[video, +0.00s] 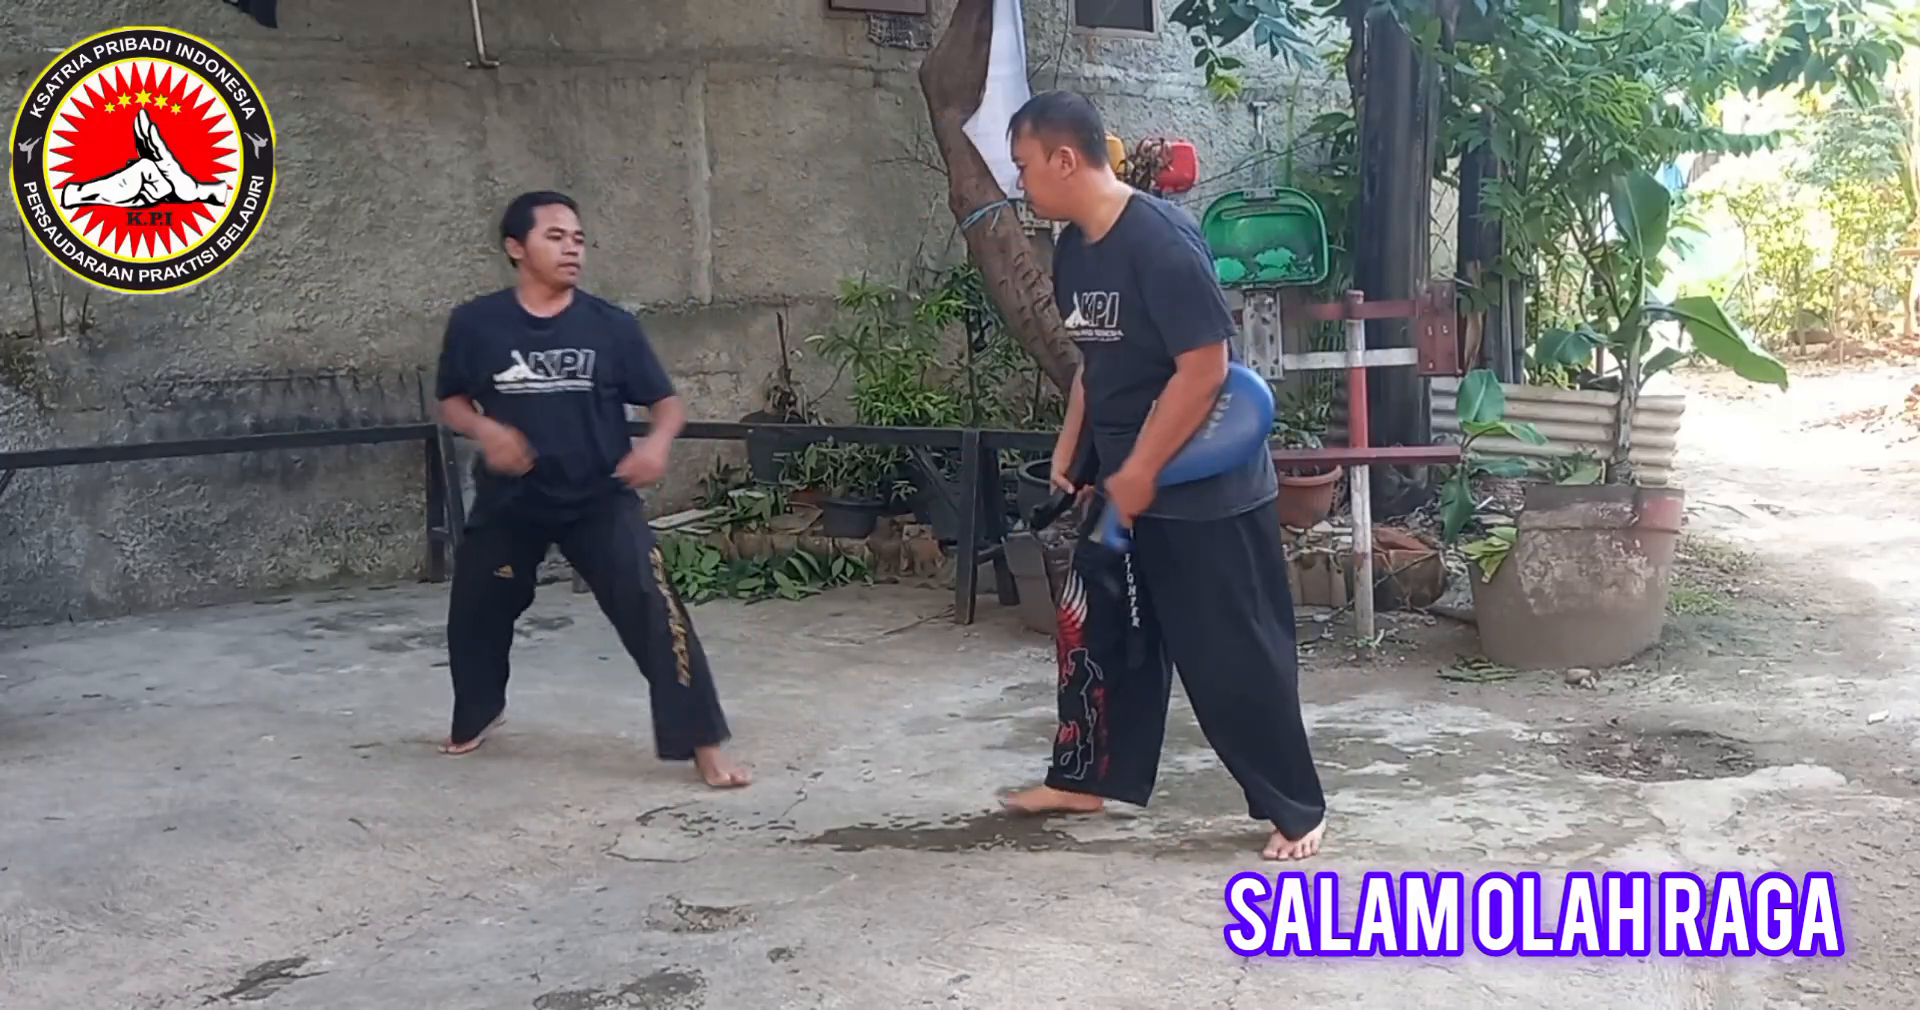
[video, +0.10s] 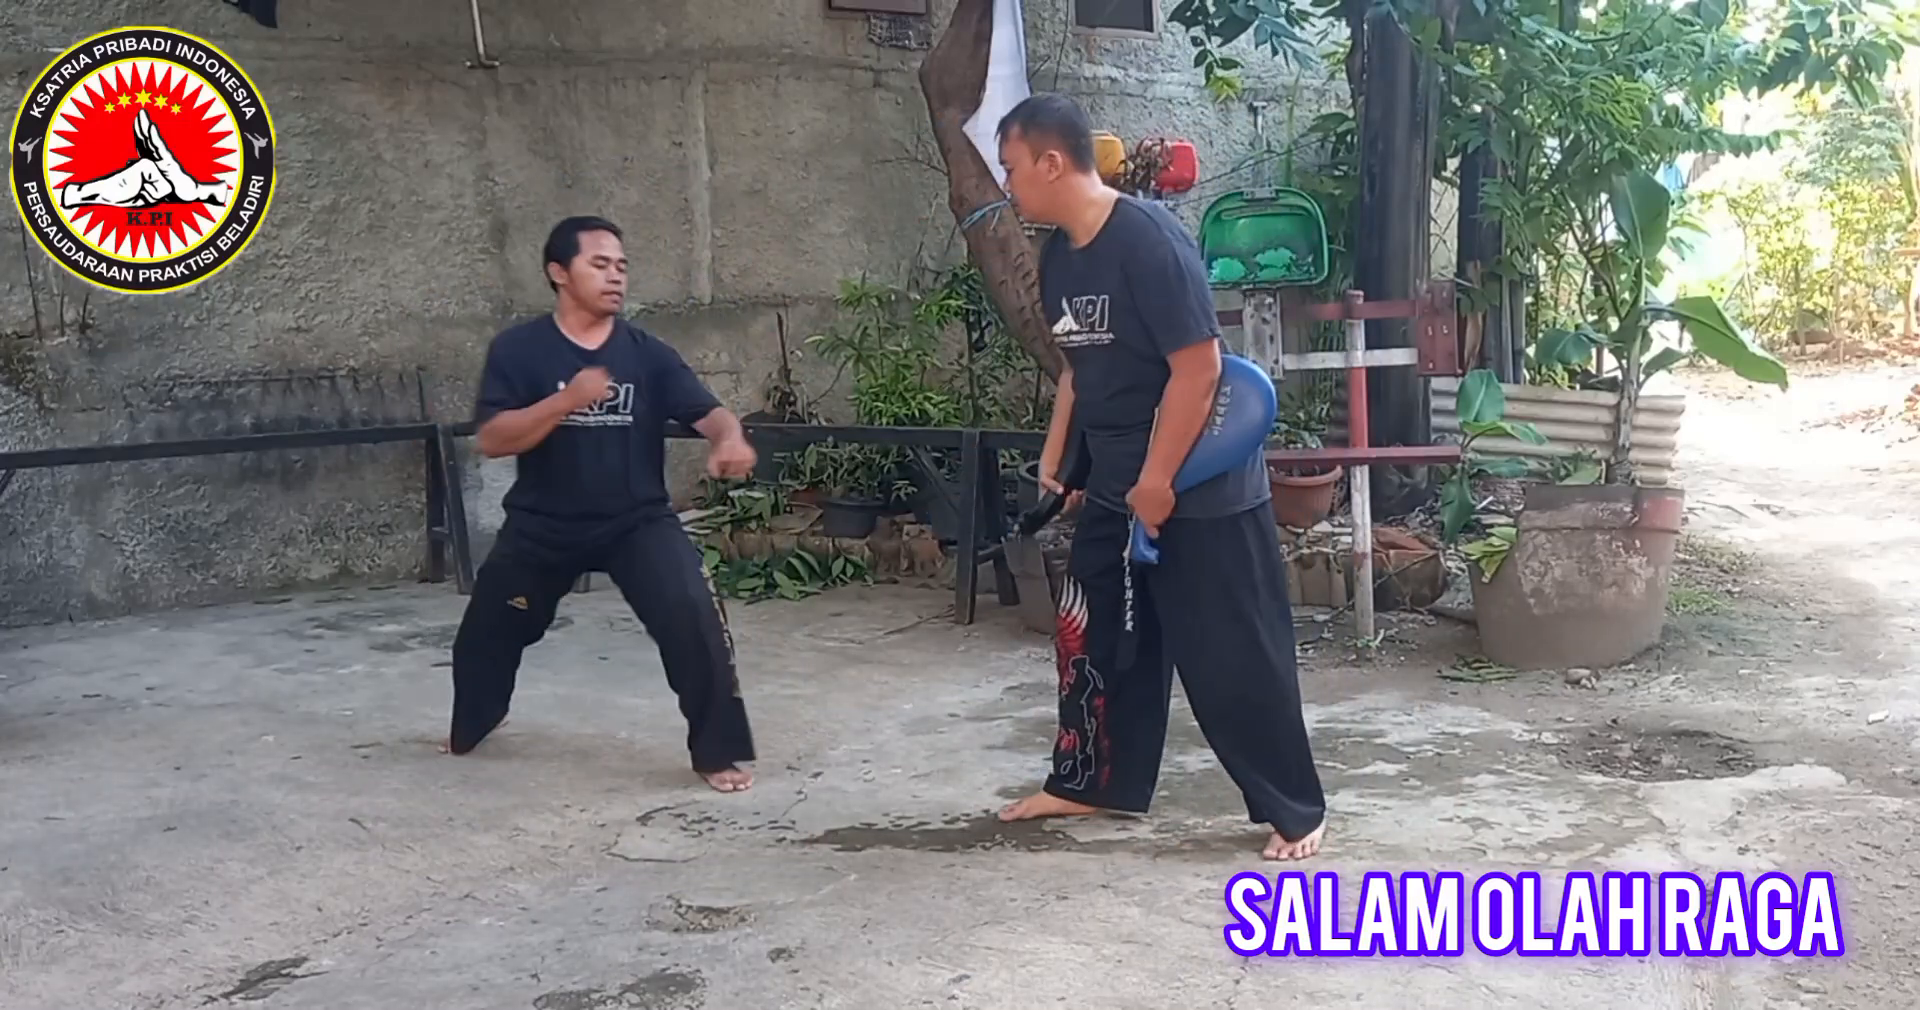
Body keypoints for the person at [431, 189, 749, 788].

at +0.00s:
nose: (572, 248)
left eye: (577, 238)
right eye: (556, 237)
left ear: (584, 249)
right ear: (517, 249)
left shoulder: (612, 325)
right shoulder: (474, 323)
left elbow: (669, 403)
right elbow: (451, 402)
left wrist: (656, 445)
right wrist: (486, 431)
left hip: (598, 498)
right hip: (511, 500)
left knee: (647, 601)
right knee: (476, 606)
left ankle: (707, 743)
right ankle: (477, 708)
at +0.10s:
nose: (616, 276)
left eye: (621, 266)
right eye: (601, 264)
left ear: (627, 275)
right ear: (559, 274)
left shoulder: (648, 354)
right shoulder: (517, 349)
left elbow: (711, 415)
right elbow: (491, 440)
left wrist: (730, 440)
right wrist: (565, 401)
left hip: (639, 523)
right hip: (543, 525)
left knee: (690, 616)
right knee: (485, 630)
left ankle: (719, 753)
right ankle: (472, 724)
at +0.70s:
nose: (623, 253)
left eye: (628, 242)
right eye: (608, 241)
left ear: (633, 250)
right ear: (565, 247)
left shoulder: (653, 327)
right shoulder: (524, 312)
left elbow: (707, 388)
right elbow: (529, 386)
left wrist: (754, 428)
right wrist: (597, 324)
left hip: (645, 505)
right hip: (550, 507)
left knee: (698, 614)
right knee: (504, 623)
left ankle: (729, 758)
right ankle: (480, 741)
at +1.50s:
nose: (630, 257)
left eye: (632, 249)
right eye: (612, 250)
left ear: (640, 261)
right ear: (574, 271)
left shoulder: (675, 341)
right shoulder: (559, 340)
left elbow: (746, 394)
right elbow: (605, 383)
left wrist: (735, 343)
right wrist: (627, 301)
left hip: (677, 523)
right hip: (583, 528)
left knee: (732, 616)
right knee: (530, 639)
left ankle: (731, 759)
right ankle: (484, 742)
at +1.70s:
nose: (669, 248)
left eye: (670, 236)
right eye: (652, 240)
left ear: (676, 235)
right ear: (612, 250)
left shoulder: (694, 308)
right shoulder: (591, 310)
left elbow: (755, 370)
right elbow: (546, 408)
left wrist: (814, 357)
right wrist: (510, 493)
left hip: (713, 448)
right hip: (658, 443)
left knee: (731, 594)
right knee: (765, 427)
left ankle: (709, 749)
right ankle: (887, 485)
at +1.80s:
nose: (692, 253)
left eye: (693, 240)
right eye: (676, 243)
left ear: (696, 245)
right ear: (635, 255)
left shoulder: (710, 325)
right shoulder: (604, 318)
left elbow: (772, 388)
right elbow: (556, 410)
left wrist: (836, 400)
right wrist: (531, 488)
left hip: (715, 472)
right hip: (660, 458)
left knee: (744, 609)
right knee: (788, 400)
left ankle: (702, 757)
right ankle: (926, 425)